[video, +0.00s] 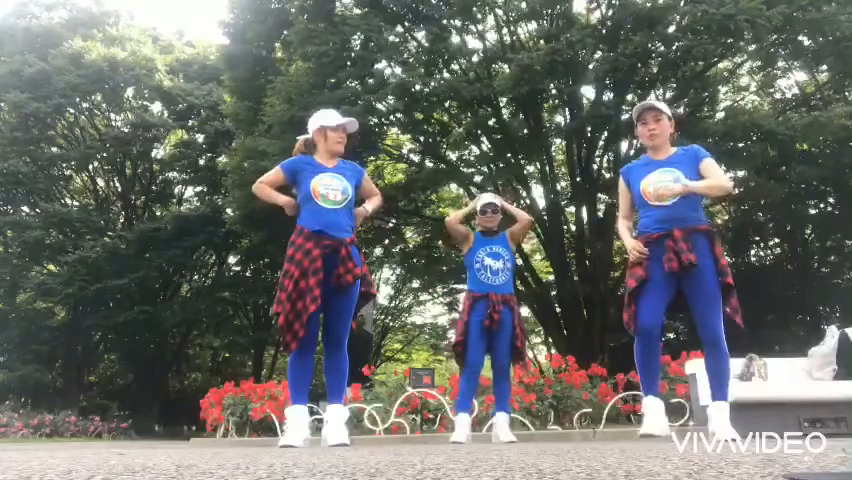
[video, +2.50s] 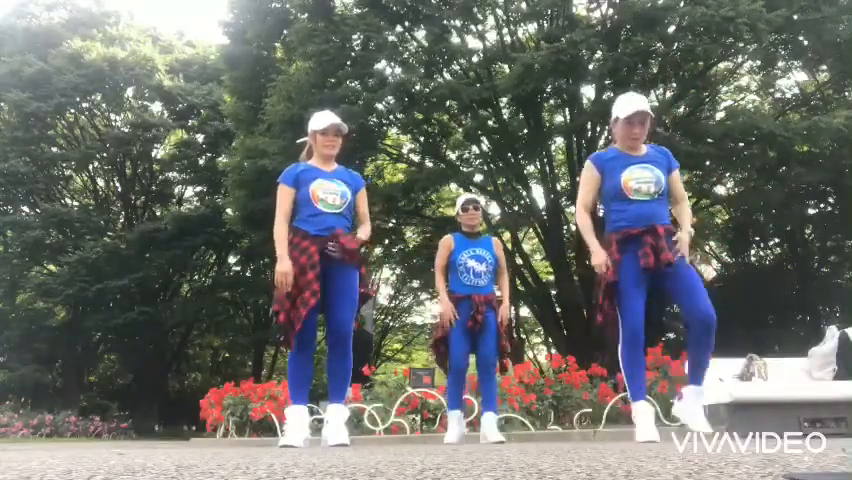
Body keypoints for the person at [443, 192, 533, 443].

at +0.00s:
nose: (490, 215)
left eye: (494, 212)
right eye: (485, 211)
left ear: (501, 216)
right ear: (477, 216)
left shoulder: (508, 238)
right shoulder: (469, 239)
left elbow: (527, 220)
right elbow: (451, 222)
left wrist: (504, 205)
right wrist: (471, 208)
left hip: (505, 304)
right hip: (478, 303)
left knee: (502, 364)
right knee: (473, 363)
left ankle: (501, 421)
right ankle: (462, 420)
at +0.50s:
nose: (475, 214)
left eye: (479, 211)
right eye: (470, 211)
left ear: (484, 217)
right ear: (460, 216)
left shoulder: (491, 238)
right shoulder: (452, 238)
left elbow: (515, 222)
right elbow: (431, 225)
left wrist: (493, 210)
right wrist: (454, 210)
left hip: (488, 303)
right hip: (461, 302)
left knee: (491, 362)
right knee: (460, 363)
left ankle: (501, 420)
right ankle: (455, 421)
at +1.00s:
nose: (468, 219)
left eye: (473, 215)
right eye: (463, 215)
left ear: (479, 218)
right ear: (455, 218)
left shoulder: (487, 240)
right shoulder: (451, 241)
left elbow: (509, 247)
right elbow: (434, 251)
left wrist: (490, 223)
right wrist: (451, 225)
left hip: (487, 303)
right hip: (460, 302)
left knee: (491, 363)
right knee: (459, 363)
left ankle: (500, 420)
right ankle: (454, 421)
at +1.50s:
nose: (481, 215)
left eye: (485, 211)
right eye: (475, 211)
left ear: (492, 215)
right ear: (466, 216)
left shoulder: (502, 239)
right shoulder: (460, 242)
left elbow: (523, 266)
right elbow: (441, 268)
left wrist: (505, 253)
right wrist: (461, 251)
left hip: (496, 305)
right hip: (468, 305)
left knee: (497, 364)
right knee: (463, 363)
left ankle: (501, 423)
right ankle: (456, 422)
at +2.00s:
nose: (461, 218)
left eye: (466, 214)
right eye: (456, 214)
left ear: (472, 218)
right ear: (448, 219)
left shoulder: (485, 246)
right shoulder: (441, 247)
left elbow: (496, 279)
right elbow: (430, 281)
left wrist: (501, 305)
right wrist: (423, 309)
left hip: (483, 306)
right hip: (454, 307)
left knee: (489, 358)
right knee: (456, 365)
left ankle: (498, 419)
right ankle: (456, 422)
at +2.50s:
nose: (471, 213)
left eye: (475, 209)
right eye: (466, 210)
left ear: (481, 213)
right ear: (458, 215)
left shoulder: (494, 243)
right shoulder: (449, 241)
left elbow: (503, 274)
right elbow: (439, 272)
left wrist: (505, 302)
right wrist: (444, 301)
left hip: (489, 305)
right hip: (460, 305)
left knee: (488, 363)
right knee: (458, 363)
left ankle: (489, 422)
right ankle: (455, 422)